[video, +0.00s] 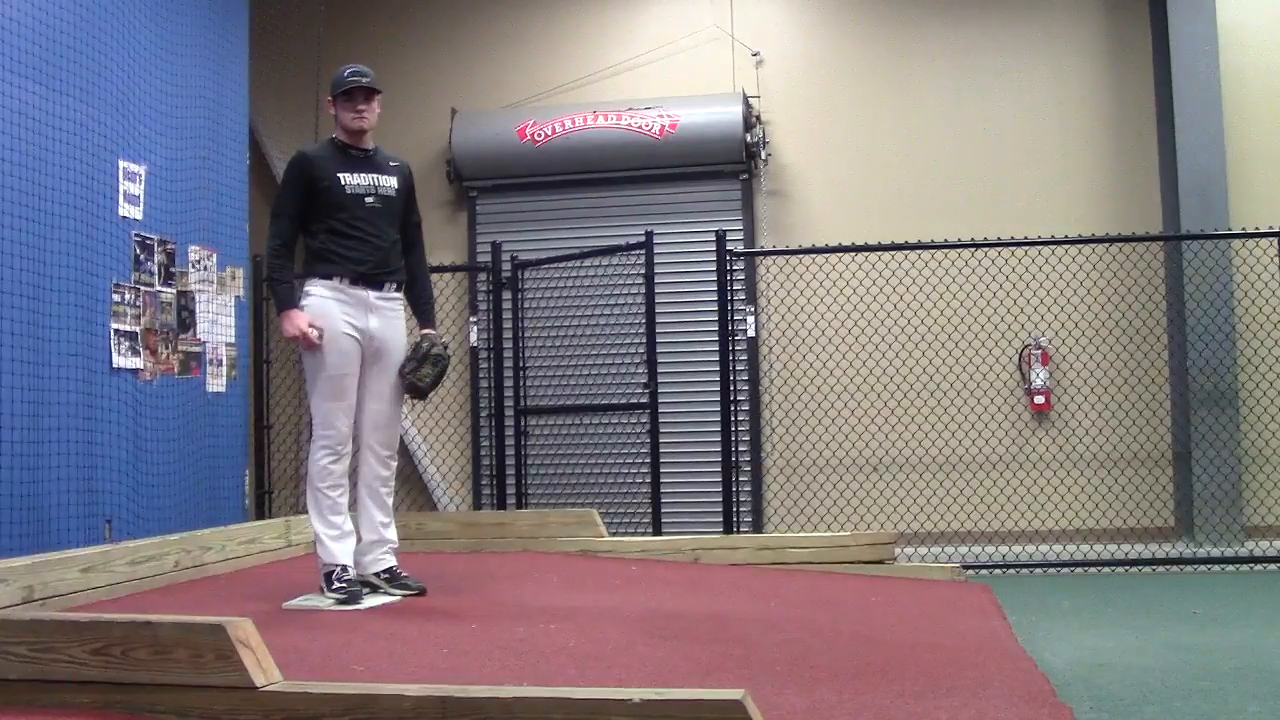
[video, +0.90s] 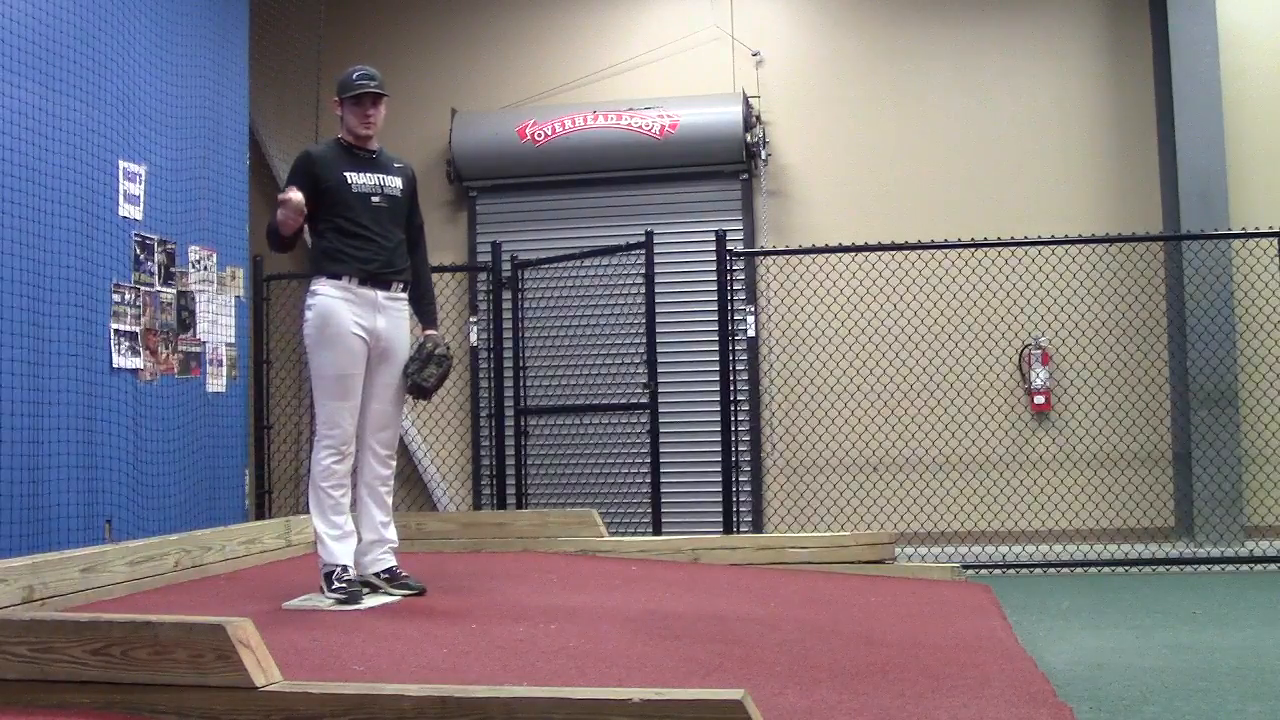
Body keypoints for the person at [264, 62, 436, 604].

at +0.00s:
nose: (361, 106)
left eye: (368, 98)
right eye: (351, 99)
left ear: (380, 106)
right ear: (332, 107)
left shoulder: (398, 171)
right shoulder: (309, 163)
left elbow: (413, 252)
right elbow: (279, 243)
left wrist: (426, 321)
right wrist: (288, 306)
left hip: (390, 308)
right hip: (329, 303)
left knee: (381, 441)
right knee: (334, 438)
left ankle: (378, 561)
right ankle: (336, 565)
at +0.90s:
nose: (369, 111)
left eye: (376, 102)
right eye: (359, 103)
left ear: (386, 109)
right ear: (339, 109)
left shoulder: (401, 172)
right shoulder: (315, 162)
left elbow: (417, 254)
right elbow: (280, 243)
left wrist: (428, 324)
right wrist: (285, 223)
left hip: (395, 309)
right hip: (337, 304)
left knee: (381, 444)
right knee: (337, 441)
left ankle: (378, 561)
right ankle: (336, 564)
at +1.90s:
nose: (373, 113)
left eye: (381, 104)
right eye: (363, 104)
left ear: (391, 111)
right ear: (344, 110)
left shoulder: (401, 177)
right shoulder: (320, 162)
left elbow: (413, 259)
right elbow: (298, 231)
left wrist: (422, 328)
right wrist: (366, 216)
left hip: (395, 309)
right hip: (338, 303)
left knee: (378, 441)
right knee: (337, 438)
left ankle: (376, 561)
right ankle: (335, 564)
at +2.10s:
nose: (373, 113)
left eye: (380, 105)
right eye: (363, 105)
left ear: (391, 111)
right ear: (345, 110)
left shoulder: (402, 177)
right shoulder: (320, 163)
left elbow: (415, 259)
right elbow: (299, 232)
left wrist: (424, 328)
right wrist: (366, 217)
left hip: (395, 310)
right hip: (338, 303)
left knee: (378, 440)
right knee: (337, 438)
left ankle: (376, 561)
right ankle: (335, 564)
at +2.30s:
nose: (373, 113)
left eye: (380, 105)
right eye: (363, 105)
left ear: (391, 111)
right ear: (345, 110)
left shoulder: (403, 176)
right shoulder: (320, 163)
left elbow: (416, 258)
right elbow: (299, 232)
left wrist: (425, 327)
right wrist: (366, 217)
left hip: (395, 310)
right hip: (338, 303)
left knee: (379, 440)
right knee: (338, 438)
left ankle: (376, 561)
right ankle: (336, 564)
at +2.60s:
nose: (373, 113)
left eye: (380, 104)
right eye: (363, 105)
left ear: (390, 111)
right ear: (344, 110)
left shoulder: (403, 176)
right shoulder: (320, 163)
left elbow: (417, 258)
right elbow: (298, 233)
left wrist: (426, 327)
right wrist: (364, 218)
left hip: (395, 309)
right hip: (339, 304)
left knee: (379, 441)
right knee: (338, 438)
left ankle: (377, 561)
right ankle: (336, 564)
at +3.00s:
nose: (388, 112)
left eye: (391, 104)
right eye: (378, 103)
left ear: (393, 110)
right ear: (350, 106)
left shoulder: (403, 173)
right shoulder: (320, 163)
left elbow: (410, 242)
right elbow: (297, 235)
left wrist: (423, 284)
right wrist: (368, 233)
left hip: (394, 307)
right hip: (338, 304)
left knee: (379, 439)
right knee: (338, 437)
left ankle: (376, 561)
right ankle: (336, 564)